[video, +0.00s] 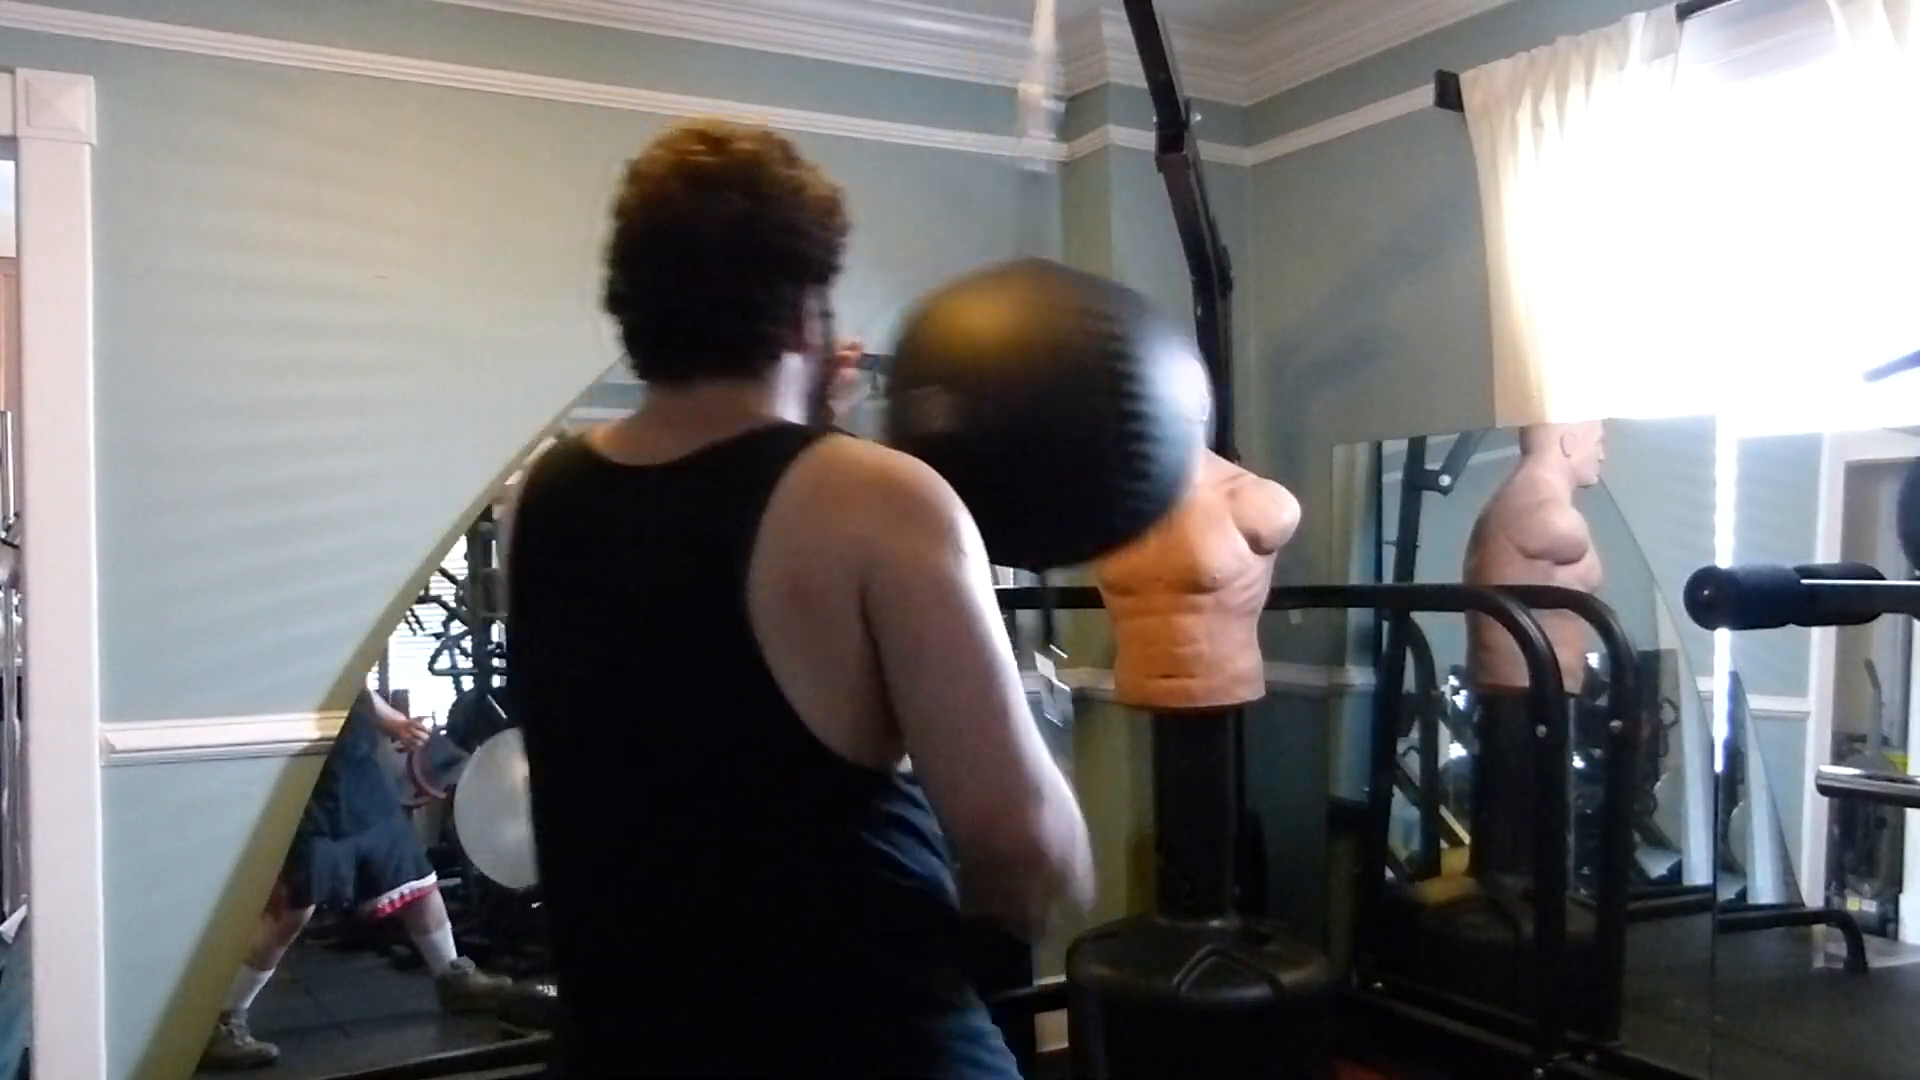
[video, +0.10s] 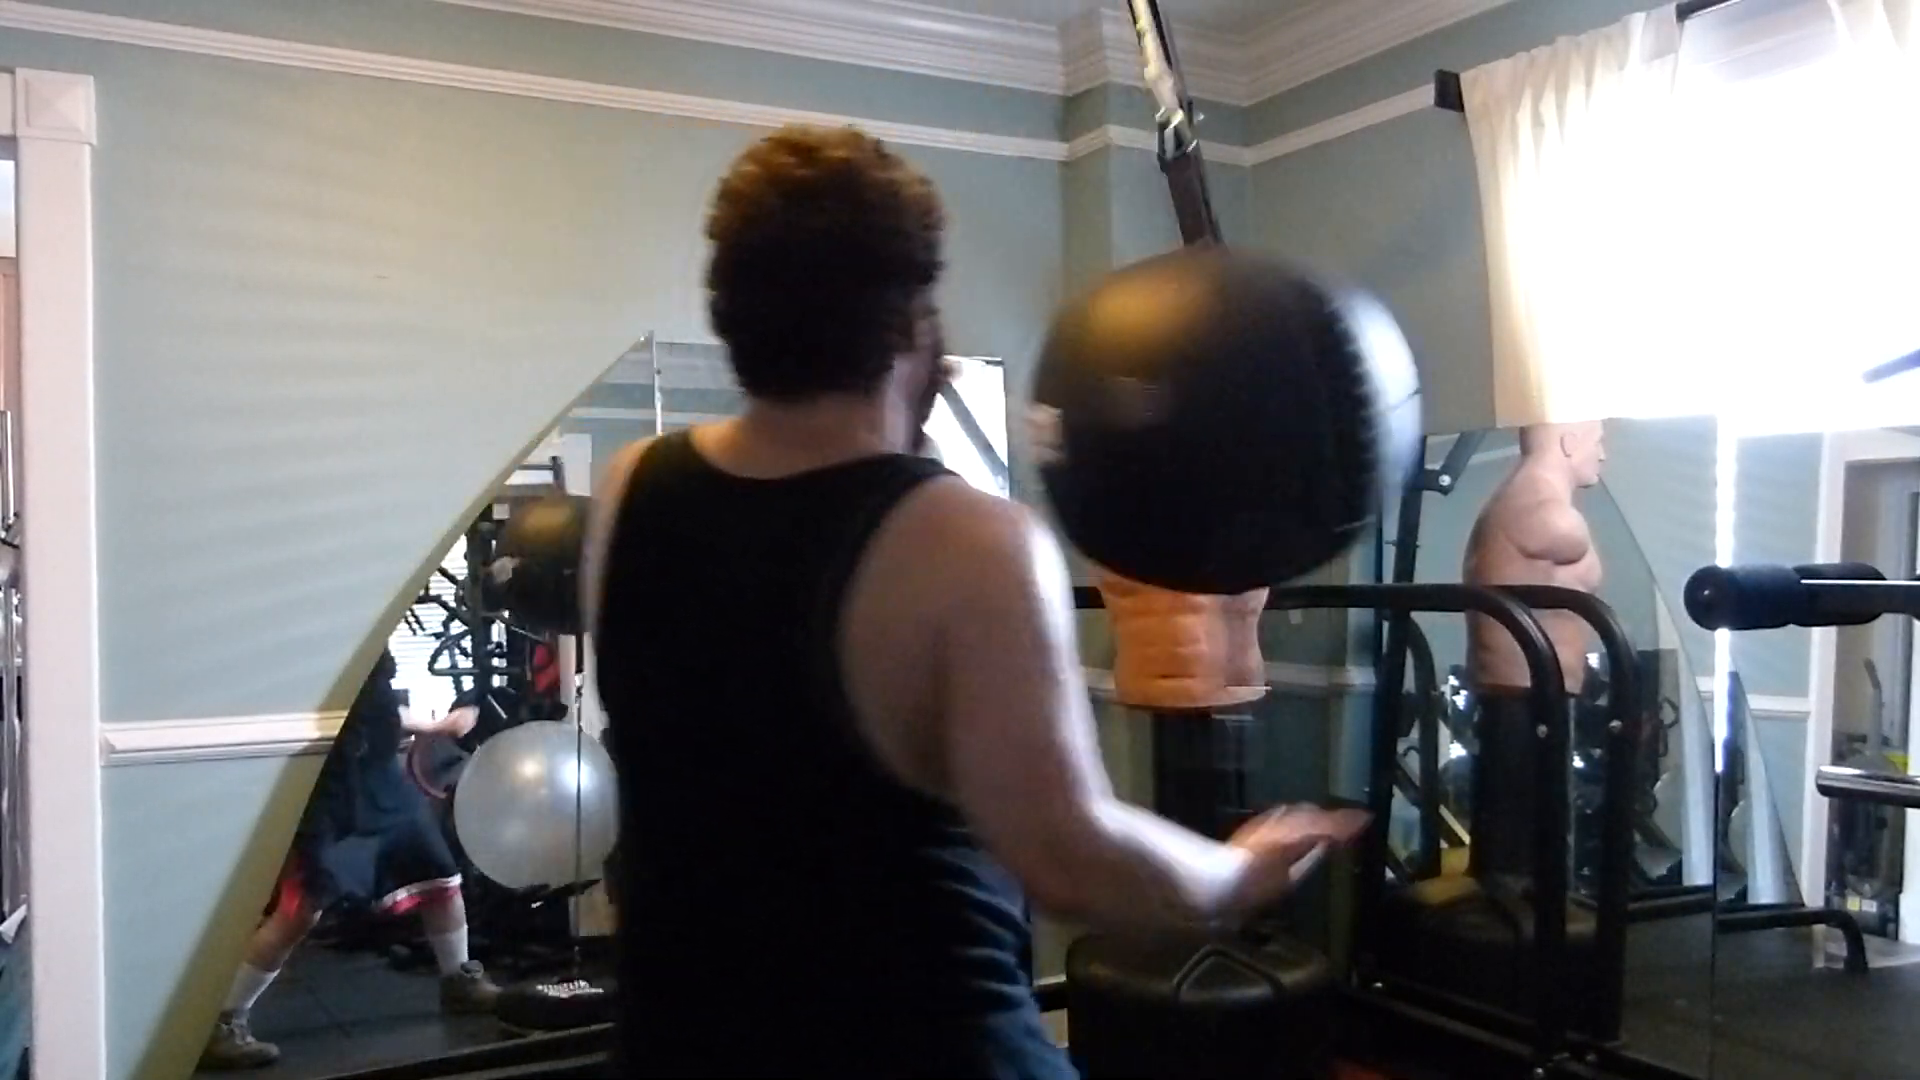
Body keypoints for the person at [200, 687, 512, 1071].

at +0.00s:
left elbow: (345, 671)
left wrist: (386, 717)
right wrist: (382, 715)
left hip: (359, 768)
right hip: (302, 779)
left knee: (416, 878)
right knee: (292, 906)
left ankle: (454, 976)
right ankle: (227, 1021)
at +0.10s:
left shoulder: (372, 642)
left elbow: (378, 715)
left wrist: (434, 727)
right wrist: (438, 726)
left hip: (386, 784)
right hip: (329, 791)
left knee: (442, 880)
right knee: (298, 911)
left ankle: (458, 981)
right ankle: (225, 1023)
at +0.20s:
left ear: (391, 584)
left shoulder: (401, 633)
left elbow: (459, 681)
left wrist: (507, 644)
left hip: (401, 790)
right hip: (334, 796)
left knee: (457, 877)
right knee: (314, 906)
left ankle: (464, 980)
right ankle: (230, 1016)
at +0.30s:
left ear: (404, 571)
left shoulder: (412, 620)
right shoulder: (326, 622)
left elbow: (462, 679)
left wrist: (472, 619)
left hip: (415, 773)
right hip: (337, 777)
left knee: (465, 883)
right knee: (320, 897)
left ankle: (463, 980)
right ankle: (242, 1009)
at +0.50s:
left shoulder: (404, 611)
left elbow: (442, 694)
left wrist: (426, 645)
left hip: (409, 770)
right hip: (331, 778)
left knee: (458, 884)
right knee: (302, 902)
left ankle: (462, 980)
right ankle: (243, 1015)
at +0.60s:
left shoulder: (390, 605)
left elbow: (431, 682)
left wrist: (397, 621)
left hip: (395, 769)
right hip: (315, 778)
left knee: (445, 883)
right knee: (297, 901)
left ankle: (461, 979)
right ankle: (242, 1016)